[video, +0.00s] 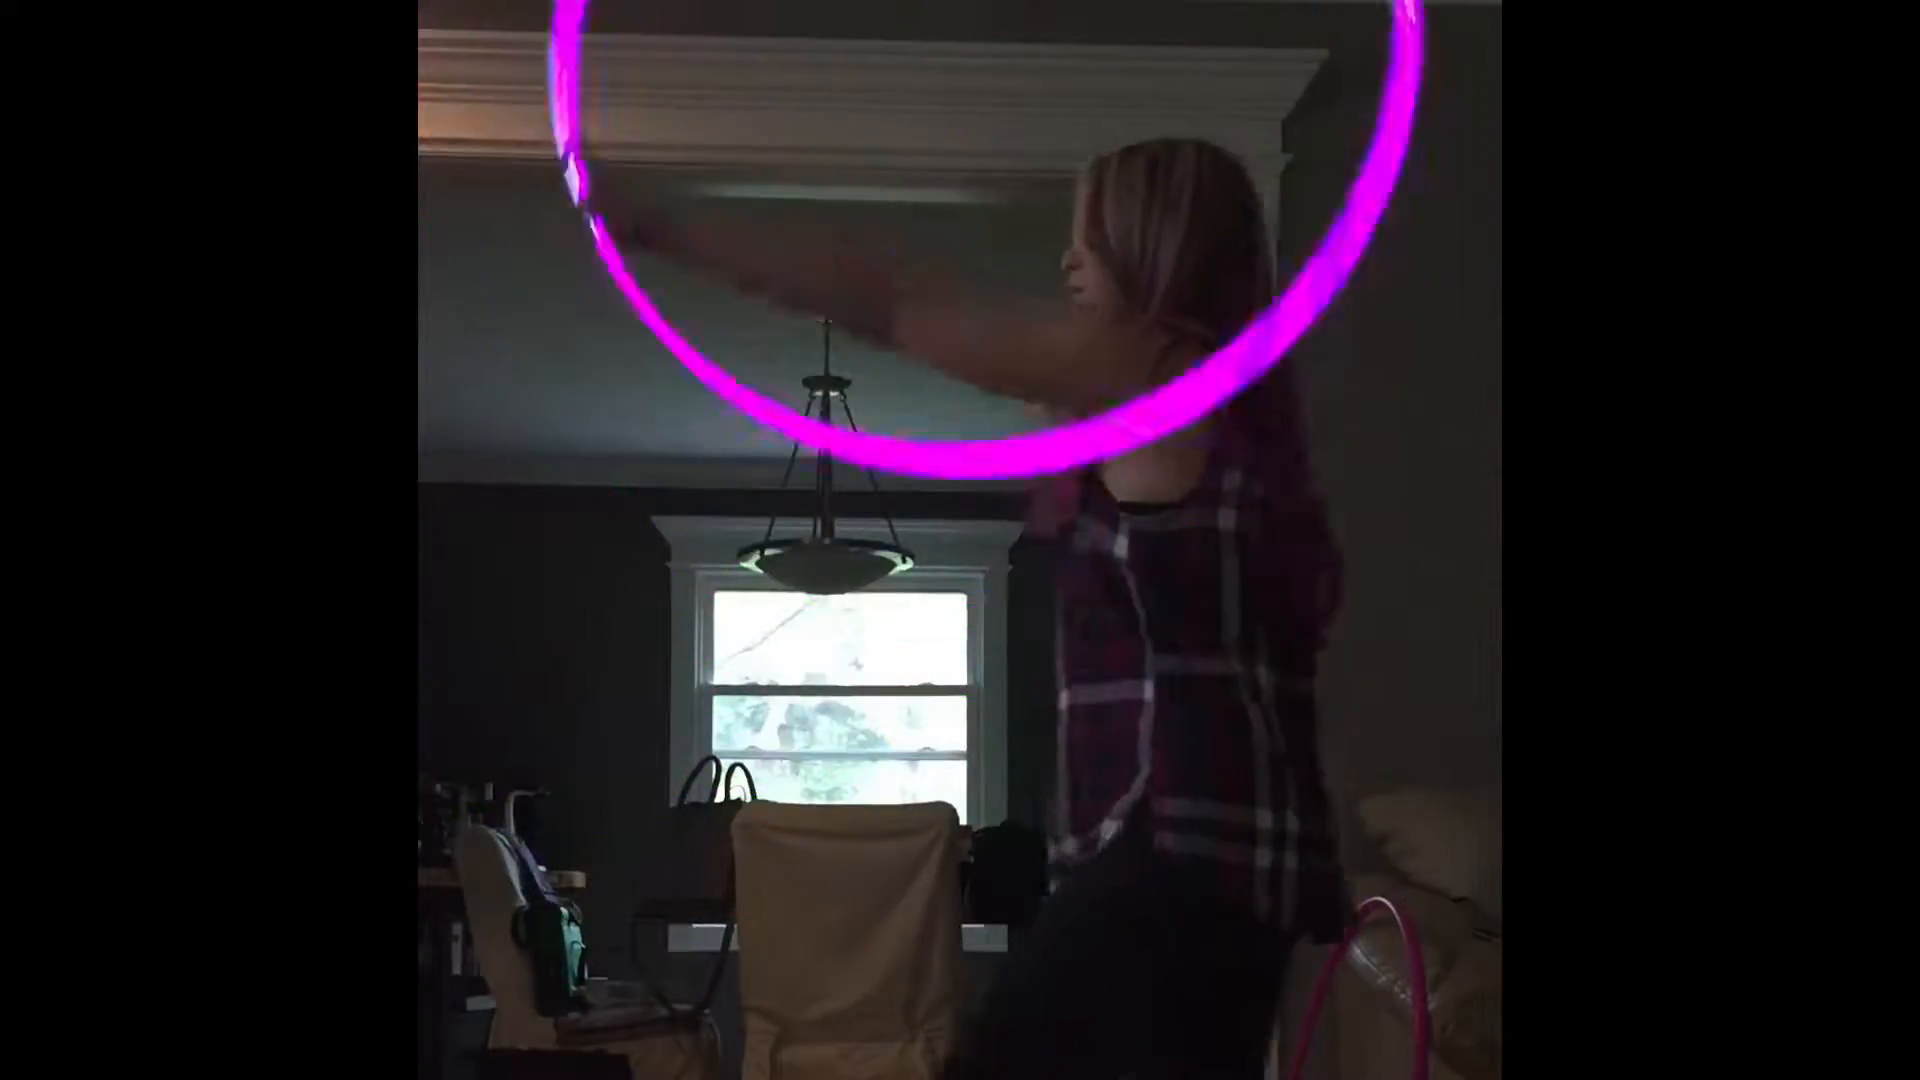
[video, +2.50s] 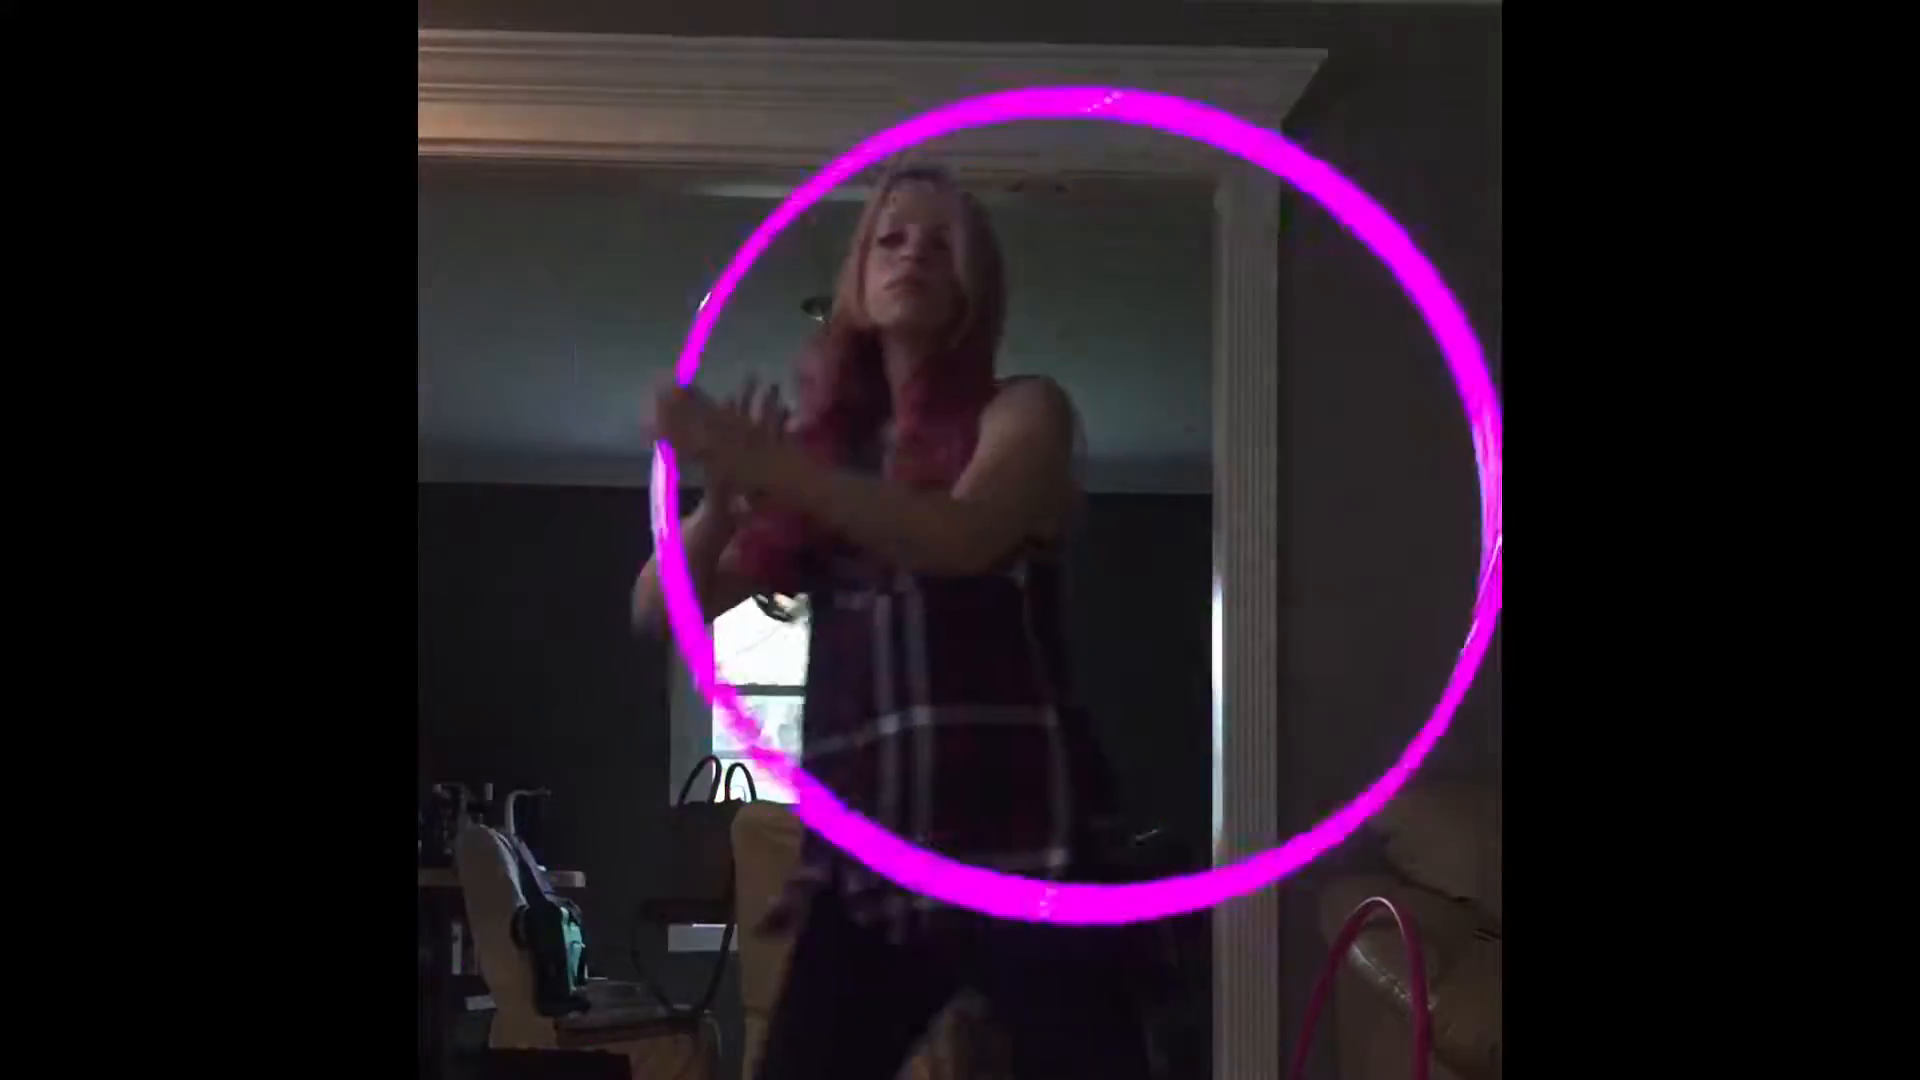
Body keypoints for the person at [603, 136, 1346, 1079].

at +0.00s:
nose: (1065, 275)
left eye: (1081, 253)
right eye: (1070, 251)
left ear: (1141, 260)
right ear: (1201, 261)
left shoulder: (1167, 379)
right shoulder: (1236, 392)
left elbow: (899, 308)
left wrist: (673, 233)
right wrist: (1086, 500)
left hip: (1176, 860)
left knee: (1019, 1053)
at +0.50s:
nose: (1084, 248)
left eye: (1102, 223)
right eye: (1090, 224)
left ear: (1161, 230)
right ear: (1240, 235)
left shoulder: (1099, 350)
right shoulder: (1304, 382)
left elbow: (899, 449)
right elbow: (1346, 626)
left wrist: (750, 494)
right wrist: (1343, 866)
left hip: (1156, 814)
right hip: (1302, 813)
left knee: (1121, 1052)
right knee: (1186, 1046)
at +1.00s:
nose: (982, 256)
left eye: (1003, 234)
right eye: (990, 231)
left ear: (1064, 254)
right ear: (1120, 259)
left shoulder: (1033, 399)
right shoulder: (1199, 424)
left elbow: (842, 510)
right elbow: (1237, 669)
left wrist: (800, 324)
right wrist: (1218, 853)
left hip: (1050, 859)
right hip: (1172, 856)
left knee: (1031, 1060)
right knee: (1162, 1062)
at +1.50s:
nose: (879, 316)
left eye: (901, 296)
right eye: (881, 295)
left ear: (971, 310)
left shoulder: (1008, 447)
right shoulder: (937, 442)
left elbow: (980, 582)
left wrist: (898, 436)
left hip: (930, 879)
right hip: (878, 861)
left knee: (848, 1058)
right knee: (842, 1053)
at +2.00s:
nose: (756, 271)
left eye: (784, 253)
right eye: (748, 256)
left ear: (846, 279)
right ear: (737, 280)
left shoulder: (903, 430)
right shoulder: (749, 438)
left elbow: (883, 622)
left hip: (844, 842)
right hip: (719, 832)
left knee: (789, 1061)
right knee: (668, 1053)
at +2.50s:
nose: (912, 255)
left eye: (942, 244)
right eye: (891, 239)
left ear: (977, 282)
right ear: (854, 278)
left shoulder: (1024, 409)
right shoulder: (820, 437)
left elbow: (972, 536)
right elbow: (657, 610)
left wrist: (767, 468)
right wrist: (725, 505)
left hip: (1039, 865)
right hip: (869, 865)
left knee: (1093, 1067)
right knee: (798, 1068)